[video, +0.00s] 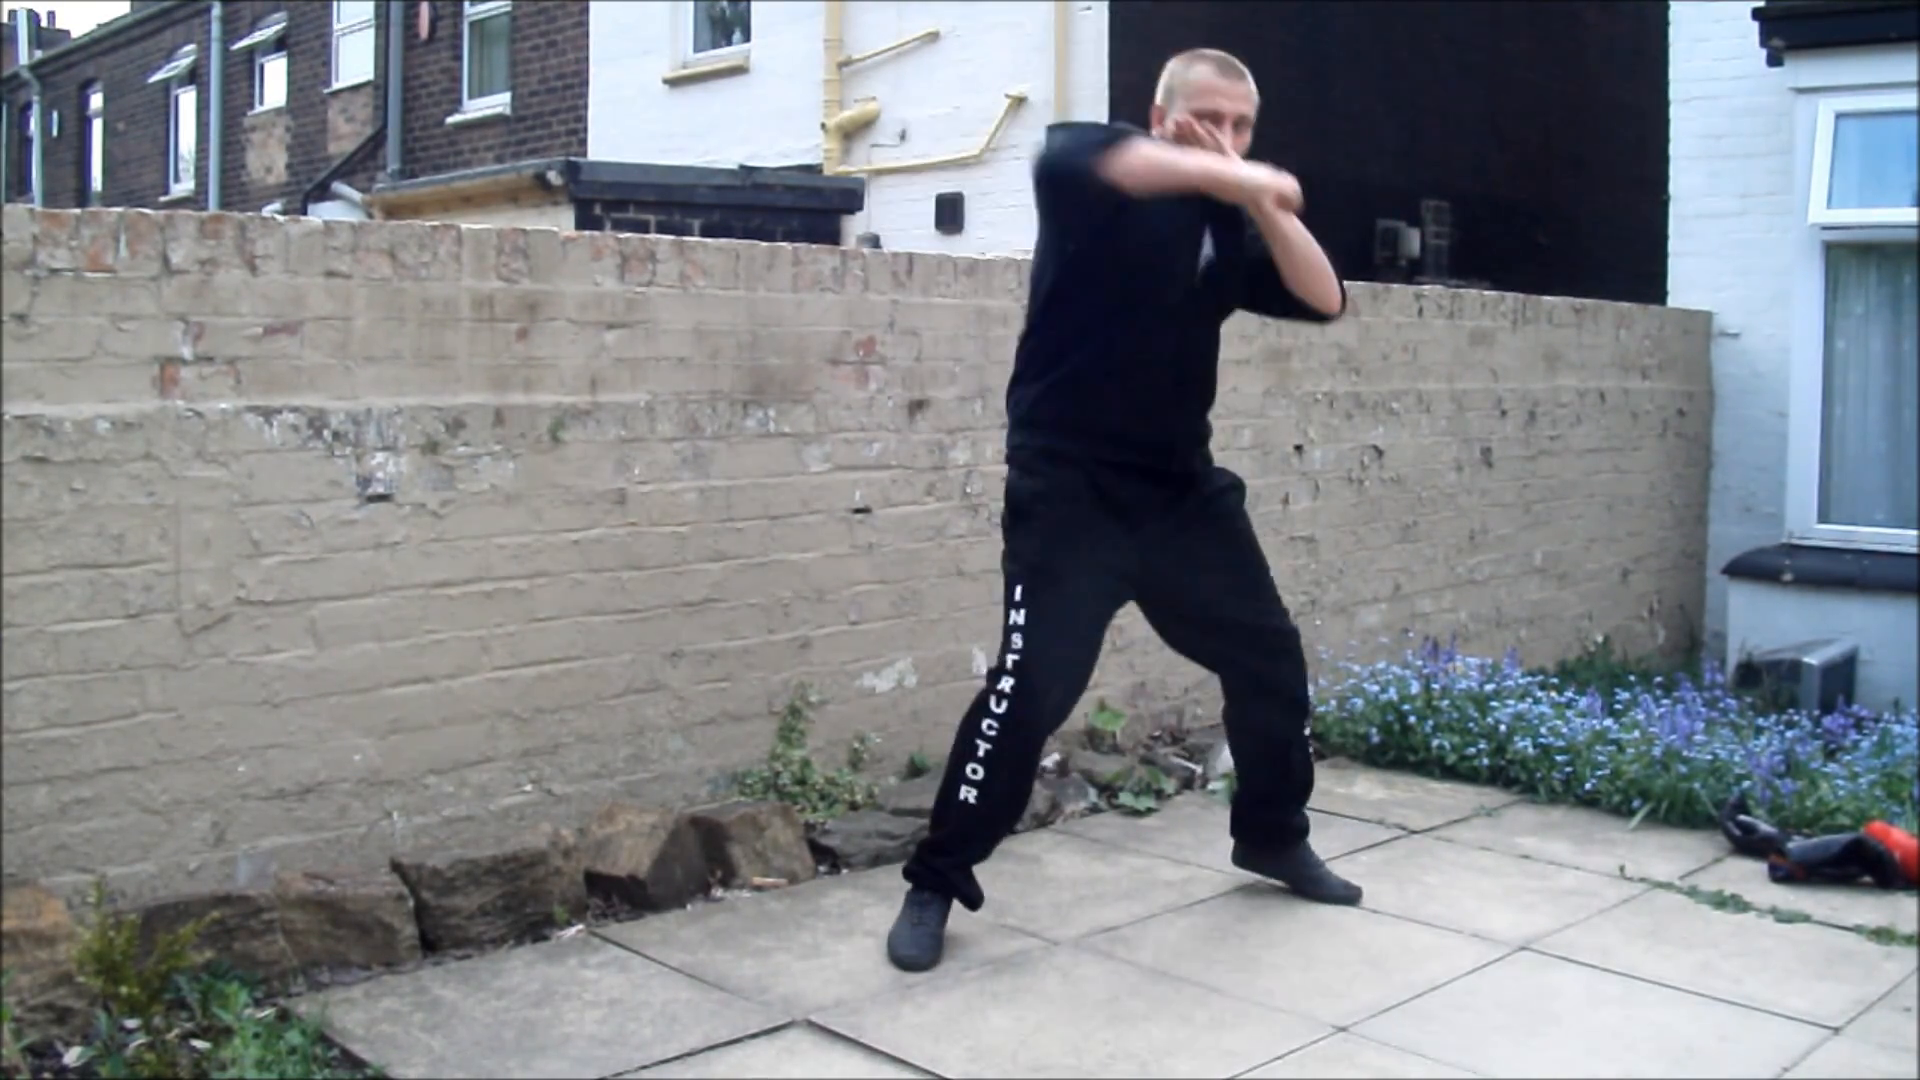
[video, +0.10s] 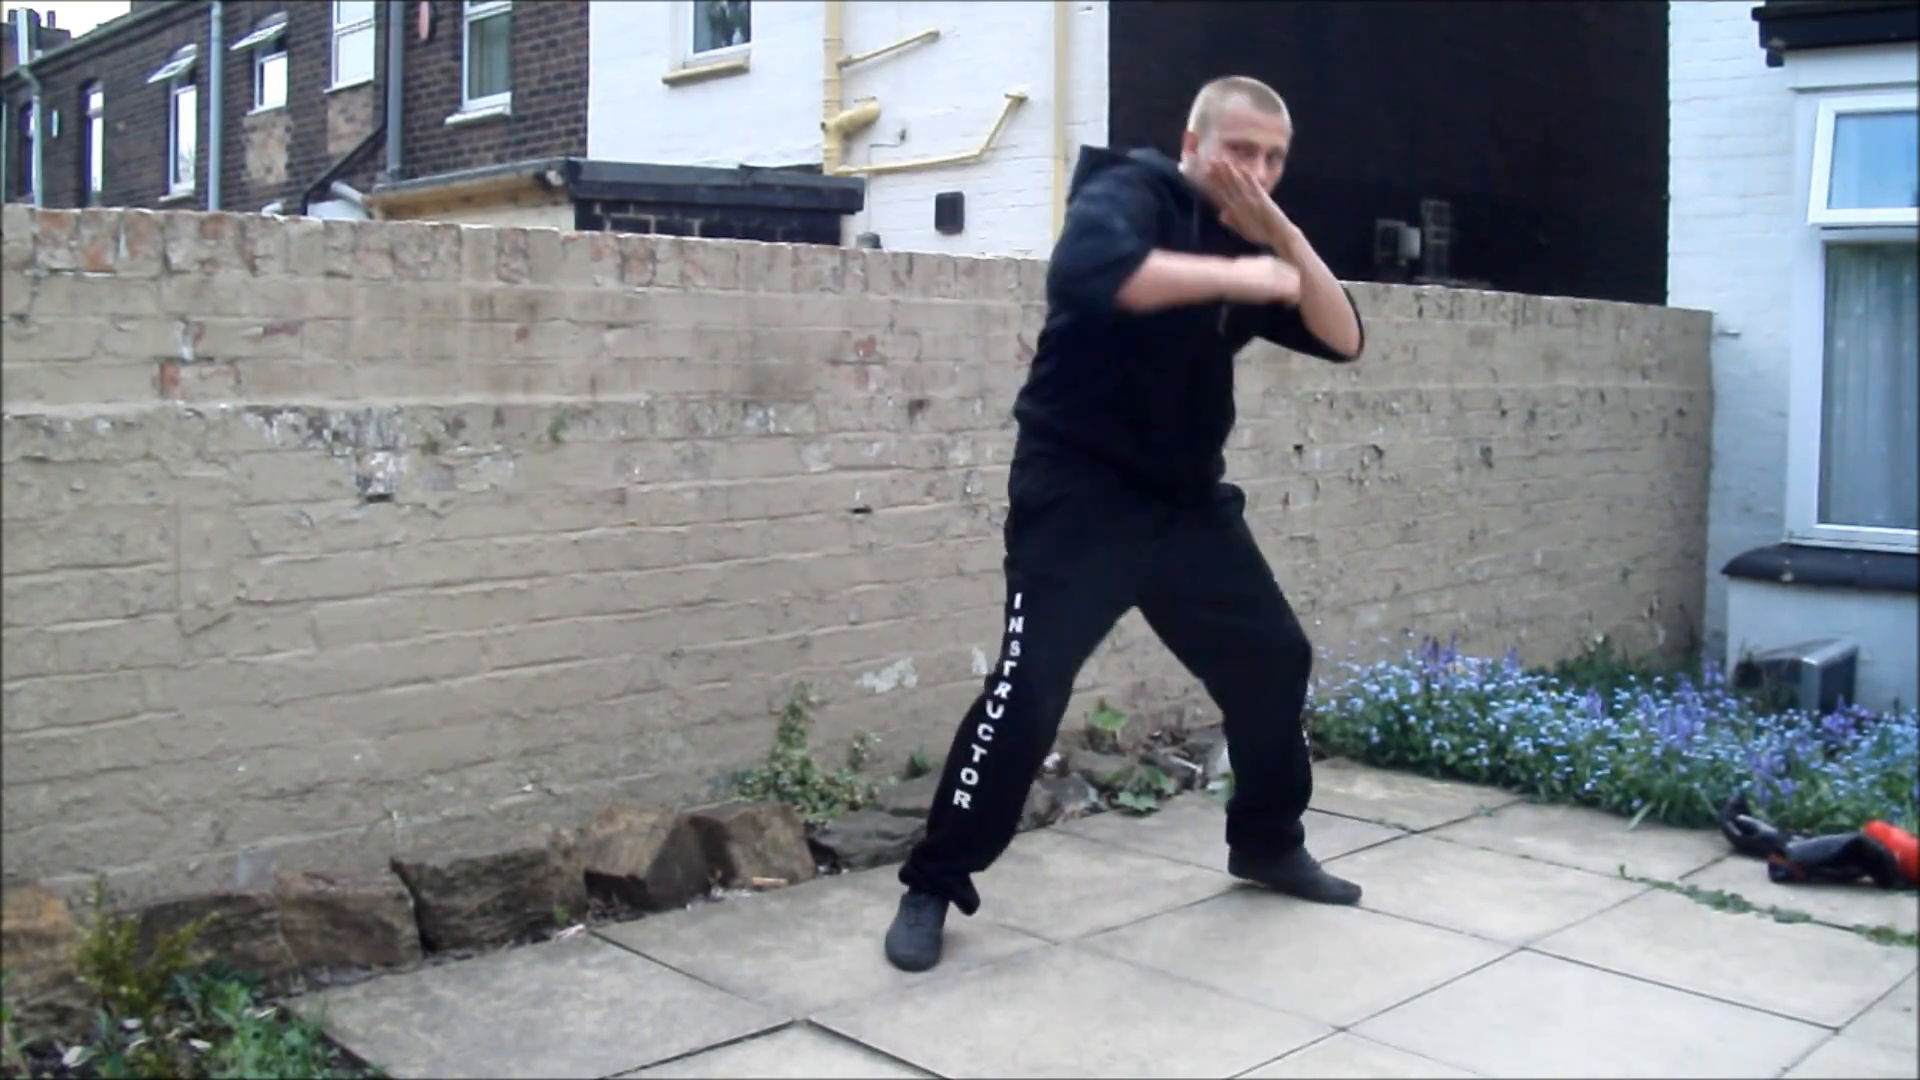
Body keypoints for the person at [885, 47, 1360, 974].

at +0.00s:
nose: (1226, 142)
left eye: (1240, 128)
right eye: (1209, 122)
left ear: (1254, 136)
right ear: (1160, 121)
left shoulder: (1232, 232)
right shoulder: (1084, 166)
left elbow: (1325, 301)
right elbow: (1100, 166)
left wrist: (1269, 206)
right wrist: (1243, 180)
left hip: (1180, 490)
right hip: (1066, 482)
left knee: (1269, 653)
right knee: (1035, 679)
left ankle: (1271, 839)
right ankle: (933, 882)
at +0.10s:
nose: (1254, 170)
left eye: (1270, 160)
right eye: (1240, 152)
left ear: (1278, 168)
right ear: (1194, 142)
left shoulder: (1251, 250)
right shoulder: (1133, 190)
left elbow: (1342, 338)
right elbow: (1088, 272)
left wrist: (1274, 222)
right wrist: (1236, 277)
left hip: (1187, 504)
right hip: (1076, 493)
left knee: (1274, 663)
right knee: (1028, 689)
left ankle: (1266, 846)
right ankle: (930, 887)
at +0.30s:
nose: (1284, 120)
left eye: (1302, 106)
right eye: (1269, 102)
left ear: (1325, 116)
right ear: (1235, 106)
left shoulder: (1336, 196)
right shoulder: (1174, 186)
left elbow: (1387, 295)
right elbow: (1102, 328)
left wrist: (1308, 185)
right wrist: (1216, 273)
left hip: (1283, 491)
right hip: (1165, 481)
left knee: (1318, 674)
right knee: (1088, 662)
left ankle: (1268, 851)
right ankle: (989, 856)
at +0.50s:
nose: (1269, 61)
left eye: (1287, 45)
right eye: (1254, 44)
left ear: (1320, 55)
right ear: (1235, 54)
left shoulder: (1363, 145)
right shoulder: (1190, 143)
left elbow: (1381, 264)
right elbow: (1154, 275)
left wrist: (1317, 151)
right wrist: (1240, 184)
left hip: (1330, 422)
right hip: (1215, 420)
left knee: (1328, 622)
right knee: (1206, 620)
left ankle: (1330, 803)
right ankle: (1190, 800)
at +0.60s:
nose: (1273, 108)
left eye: (1291, 93)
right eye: (1259, 94)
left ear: (1327, 102)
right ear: (1242, 104)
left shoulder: (1378, 196)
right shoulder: (1205, 197)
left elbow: (1379, 315)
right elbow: (1157, 327)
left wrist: (1322, 197)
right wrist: (1243, 216)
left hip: (1349, 469)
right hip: (1234, 466)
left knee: (1356, 652)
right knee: (1237, 654)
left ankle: (1365, 817)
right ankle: (1229, 817)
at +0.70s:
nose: (1283, 137)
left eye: (1300, 120)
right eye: (1270, 122)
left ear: (1340, 125)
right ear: (1257, 127)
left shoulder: (1399, 210)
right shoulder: (1226, 220)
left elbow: (1393, 349)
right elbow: (1183, 369)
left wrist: (1321, 244)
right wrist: (1223, 303)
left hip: (1369, 489)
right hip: (1252, 488)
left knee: (1377, 668)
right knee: (1216, 657)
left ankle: (1365, 821)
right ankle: (1227, 804)